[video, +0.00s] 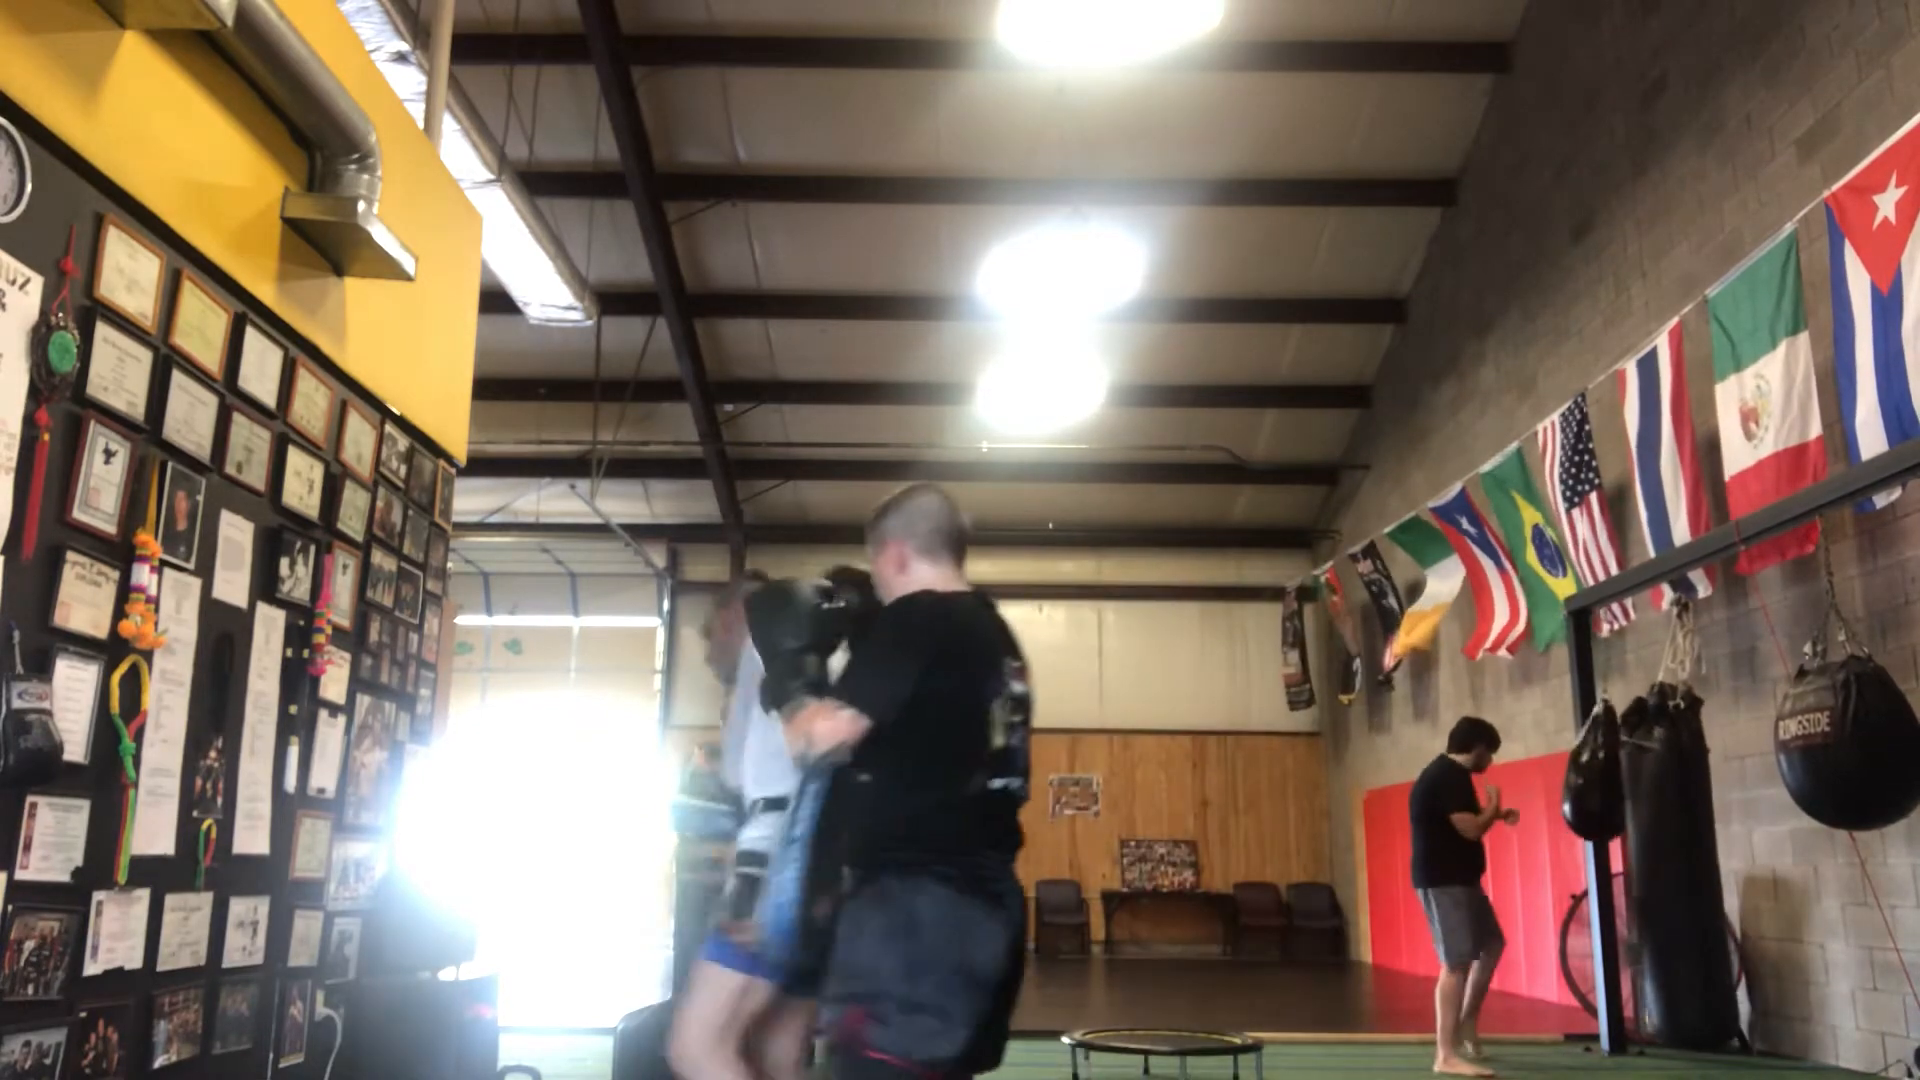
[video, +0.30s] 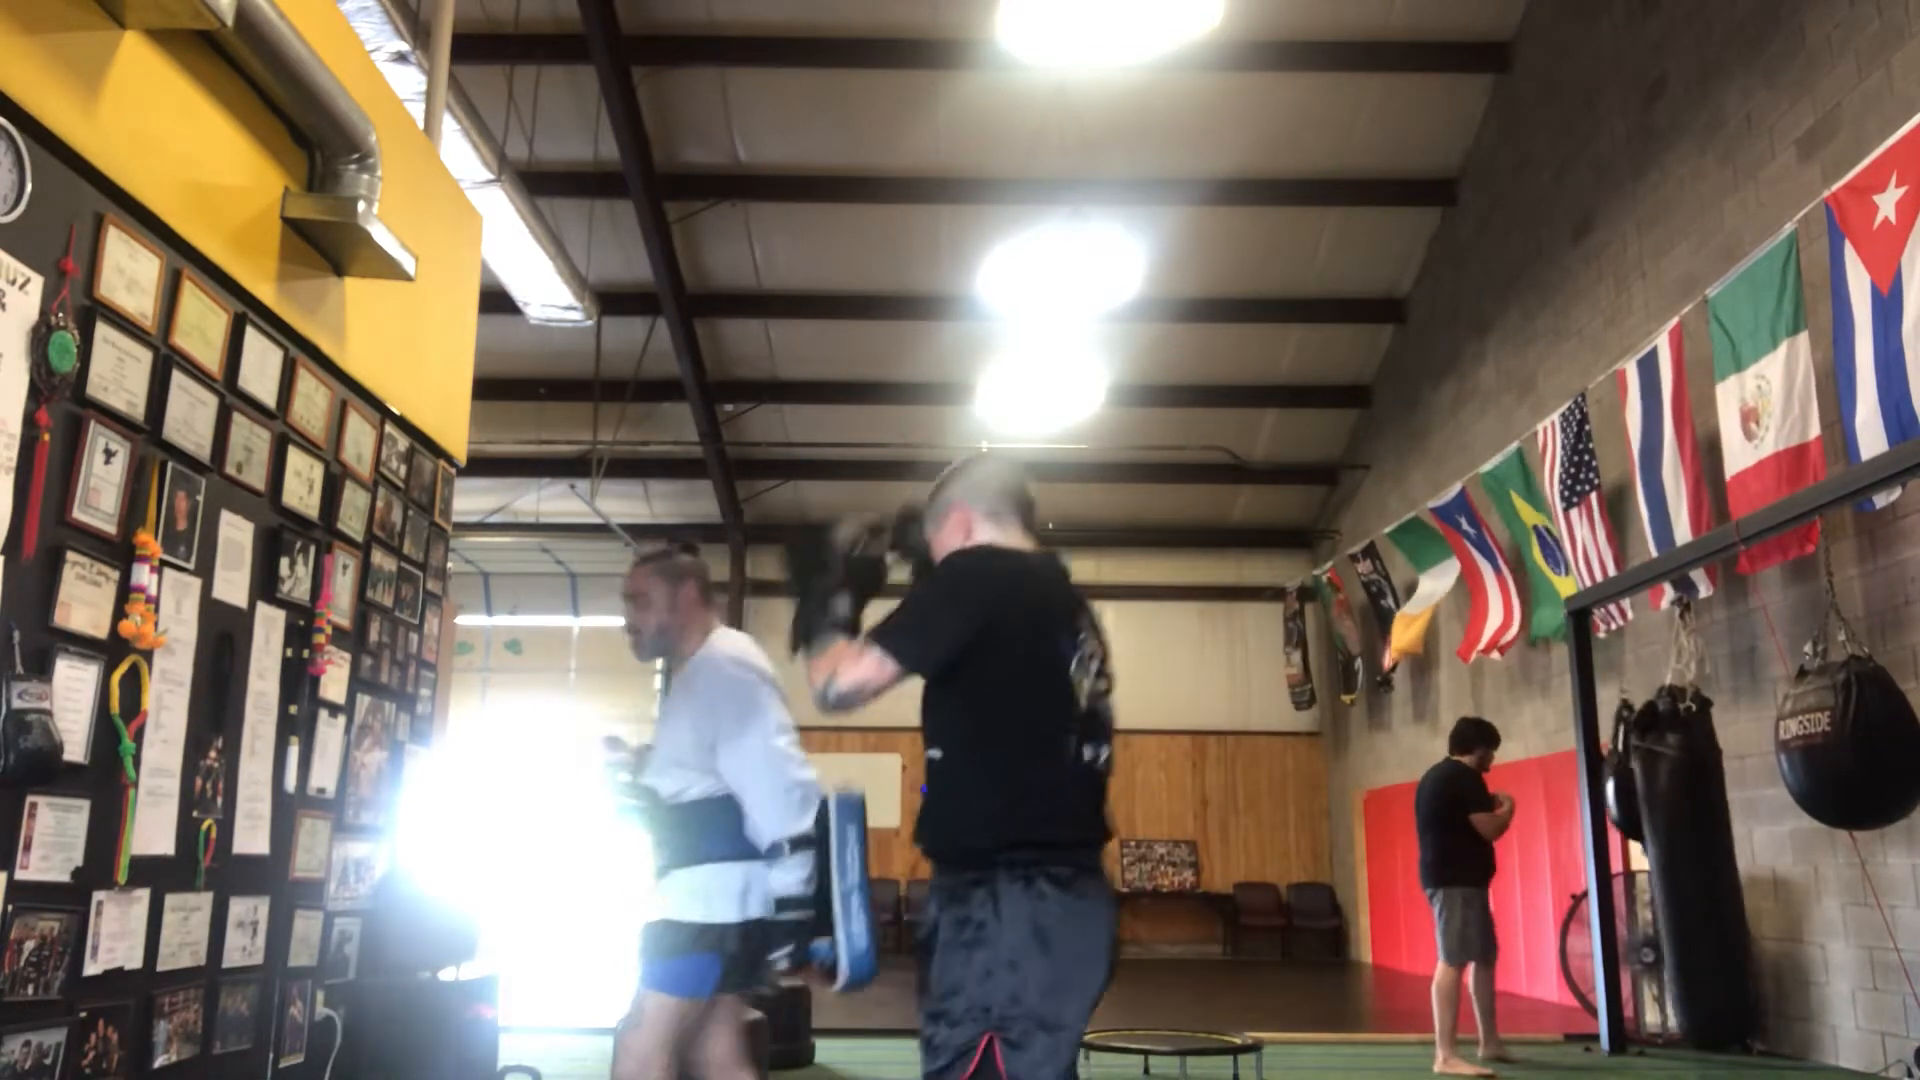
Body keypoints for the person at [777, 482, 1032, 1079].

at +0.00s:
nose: (876, 572)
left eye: (877, 556)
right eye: (875, 558)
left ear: (897, 553)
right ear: (954, 548)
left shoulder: (915, 621)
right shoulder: (991, 629)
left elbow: (819, 735)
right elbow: (932, 732)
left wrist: (785, 658)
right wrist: (868, 632)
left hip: (909, 901)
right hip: (980, 897)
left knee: (874, 1060)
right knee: (939, 1063)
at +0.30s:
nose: (932, 553)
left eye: (933, 535)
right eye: (929, 539)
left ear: (962, 520)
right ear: (1020, 519)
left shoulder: (976, 579)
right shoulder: (1058, 594)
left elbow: (838, 685)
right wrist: (931, 572)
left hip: (1004, 909)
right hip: (1065, 902)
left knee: (974, 1066)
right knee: (1037, 1068)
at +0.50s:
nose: (986, 525)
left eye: (992, 505)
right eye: (988, 509)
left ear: (1023, 502)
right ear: (1081, 504)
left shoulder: (1029, 572)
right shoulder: (1127, 589)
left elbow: (893, 679)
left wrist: (892, 576)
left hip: (1055, 905)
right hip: (1130, 897)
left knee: (1027, 1067)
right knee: (1091, 1066)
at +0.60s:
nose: (1026, 535)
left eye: (1032, 520)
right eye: (1028, 521)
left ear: (1064, 514)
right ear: (1119, 519)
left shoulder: (1076, 588)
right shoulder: (1163, 603)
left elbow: (962, 717)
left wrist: (939, 628)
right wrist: (1015, 583)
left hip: (1088, 913)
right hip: (1159, 907)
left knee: (1042, 1066)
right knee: (1120, 1067)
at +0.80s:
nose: (1113, 579)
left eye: (1117, 559)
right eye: (1114, 561)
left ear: (1151, 554)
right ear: (1194, 554)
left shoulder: (1175, 630)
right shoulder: (1242, 636)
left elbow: (1127, 782)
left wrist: (1048, 704)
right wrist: (1113, 652)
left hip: (1186, 944)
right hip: (1243, 937)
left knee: (1124, 1067)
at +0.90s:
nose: (1148, 594)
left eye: (1151, 575)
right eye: (1145, 579)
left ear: (1187, 564)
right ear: (1204, 561)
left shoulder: (1223, 633)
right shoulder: (1263, 635)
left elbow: (1191, 791)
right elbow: (1193, 772)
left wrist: (1107, 702)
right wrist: (1132, 694)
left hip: (1246, 944)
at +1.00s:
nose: (1168, 582)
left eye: (1172, 562)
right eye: (1167, 566)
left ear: (1214, 553)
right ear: (1220, 553)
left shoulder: (1266, 617)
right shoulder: (1256, 626)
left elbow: (1209, 764)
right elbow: (1179, 773)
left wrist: (1144, 669)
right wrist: (1133, 669)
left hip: (1300, 925)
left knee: (1248, 1064)